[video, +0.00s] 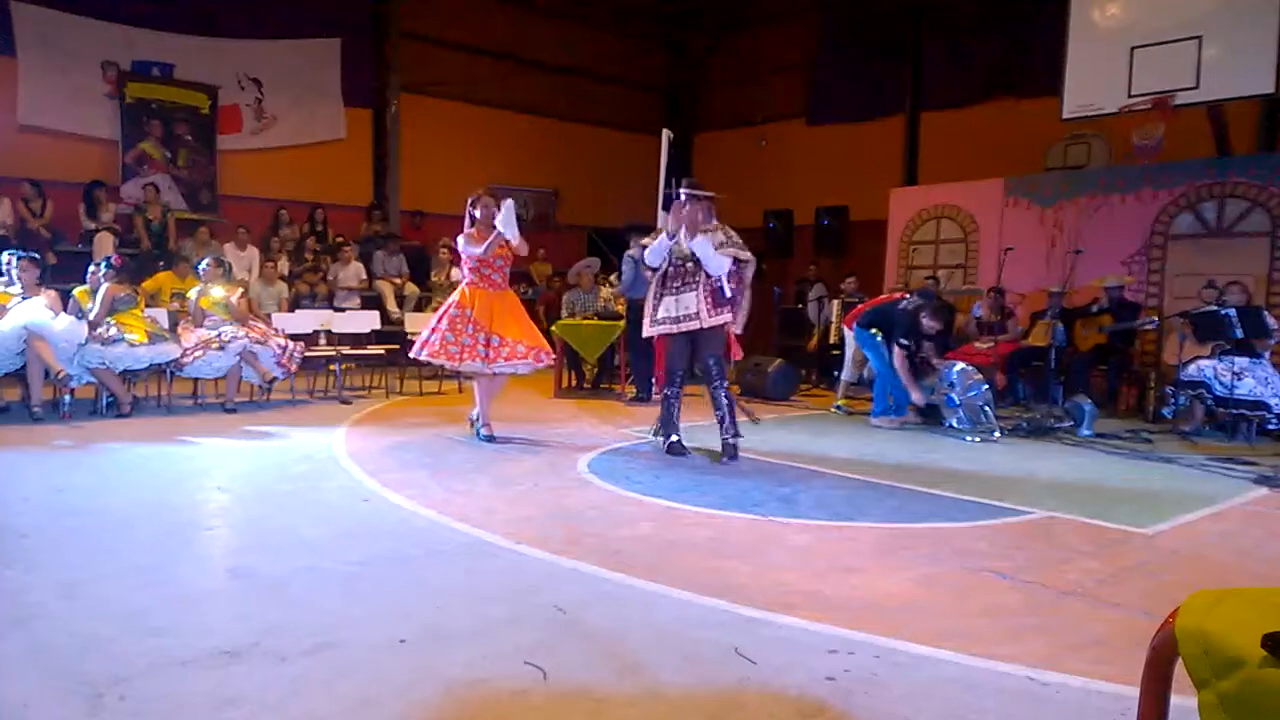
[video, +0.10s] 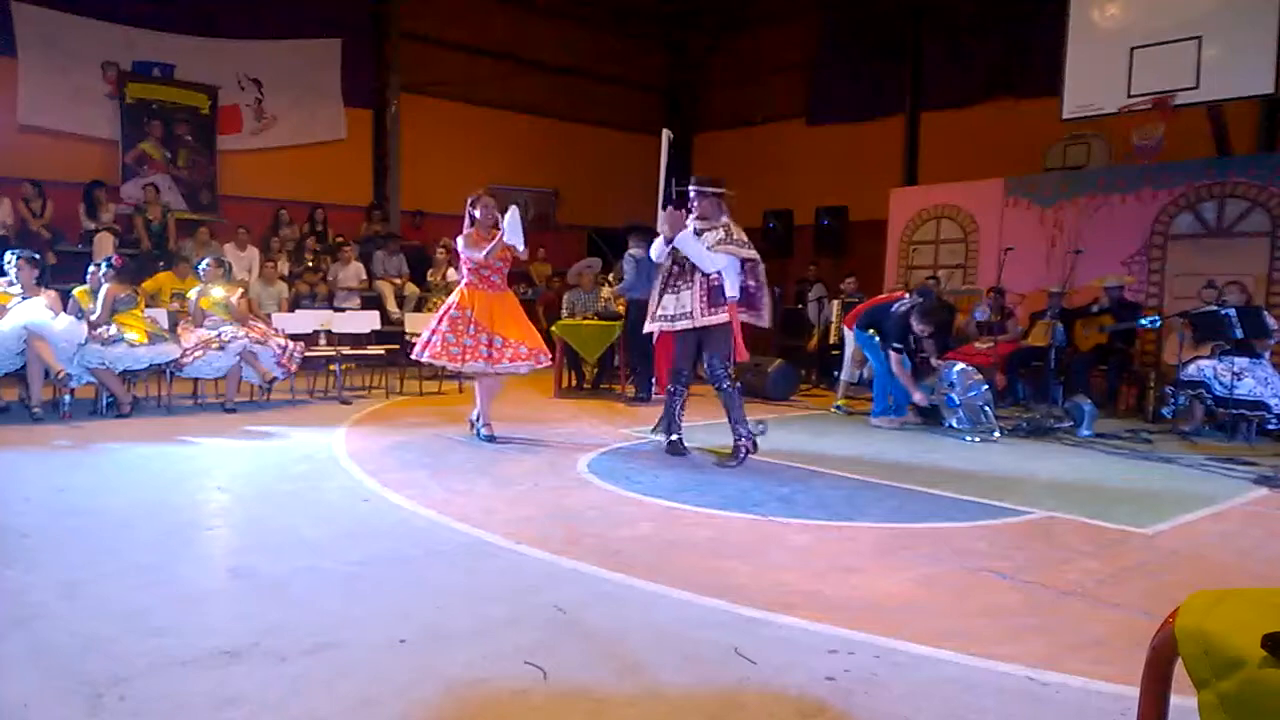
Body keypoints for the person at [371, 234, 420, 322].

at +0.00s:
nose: (397, 246)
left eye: (398, 244)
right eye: (395, 244)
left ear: (399, 244)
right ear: (388, 244)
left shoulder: (400, 255)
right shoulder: (379, 254)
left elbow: (405, 272)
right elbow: (380, 273)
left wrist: (403, 281)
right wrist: (394, 281)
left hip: (398, 277)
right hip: (383, 278)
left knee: (414, 291)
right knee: (387, 290)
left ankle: (406, 315)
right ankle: (395, 314)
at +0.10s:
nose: (397, 246)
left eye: (398, 243)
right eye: (394, 243)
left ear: (399, 244)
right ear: (388, 244)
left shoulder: (400, 255)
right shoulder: (379, 254)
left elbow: (405, 272)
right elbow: (380, 274)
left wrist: (403, 281)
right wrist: (394, 281)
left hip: (398, 278)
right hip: (383, 278)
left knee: (414, 291)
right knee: (387, 290)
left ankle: (406, 314)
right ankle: (395, 314)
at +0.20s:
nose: (398, 246)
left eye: (398, 244)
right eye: (395, 244)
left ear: (399, 244)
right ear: (388, 244)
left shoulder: (400, 255)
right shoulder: (379, 254)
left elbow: (406, 272)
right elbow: (380, 274)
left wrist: (403, 282)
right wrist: (394, 282)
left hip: (398, 277)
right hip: (383, 278)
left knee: (414, 291)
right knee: (387, 290)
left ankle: (406, 314)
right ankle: (395, 315)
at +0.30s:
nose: (397, 246)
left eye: (398, 244)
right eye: (394, 244)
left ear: (399, 244)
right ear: (388, 244)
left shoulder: (400, 256)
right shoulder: (379, 254)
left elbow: (406, 272)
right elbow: (380, 274)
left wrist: (403, 281)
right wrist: (394, 281)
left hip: (398, 278)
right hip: (383, 278)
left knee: (414, 291)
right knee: (387, 290)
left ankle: (405, 314)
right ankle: (395, 314)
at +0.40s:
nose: (397, 247)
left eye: (398, 244)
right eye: (394, 244)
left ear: (399, 245)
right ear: (388, 244)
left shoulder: (400, 255)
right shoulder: (379, 254)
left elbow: (405, 272)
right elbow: (379, 274)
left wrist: (403, 281)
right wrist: (394, 281)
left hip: (398, 278)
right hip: (383, 278)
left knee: (413, 290)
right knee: (387, 290)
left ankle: (406, 316)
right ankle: (395, 316)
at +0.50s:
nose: (397, 246)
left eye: (398, 244)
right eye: (394, 243)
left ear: (399, 244)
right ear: (388, 244)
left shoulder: (400, 255)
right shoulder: (379, 254)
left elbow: (405, 272)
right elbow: (379, 274)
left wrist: (403, 281)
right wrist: (393, 280)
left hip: (397, 278)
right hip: (383, 278)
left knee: (412, 289)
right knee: (387, 289)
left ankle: (407, 313)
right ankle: (394, 313)